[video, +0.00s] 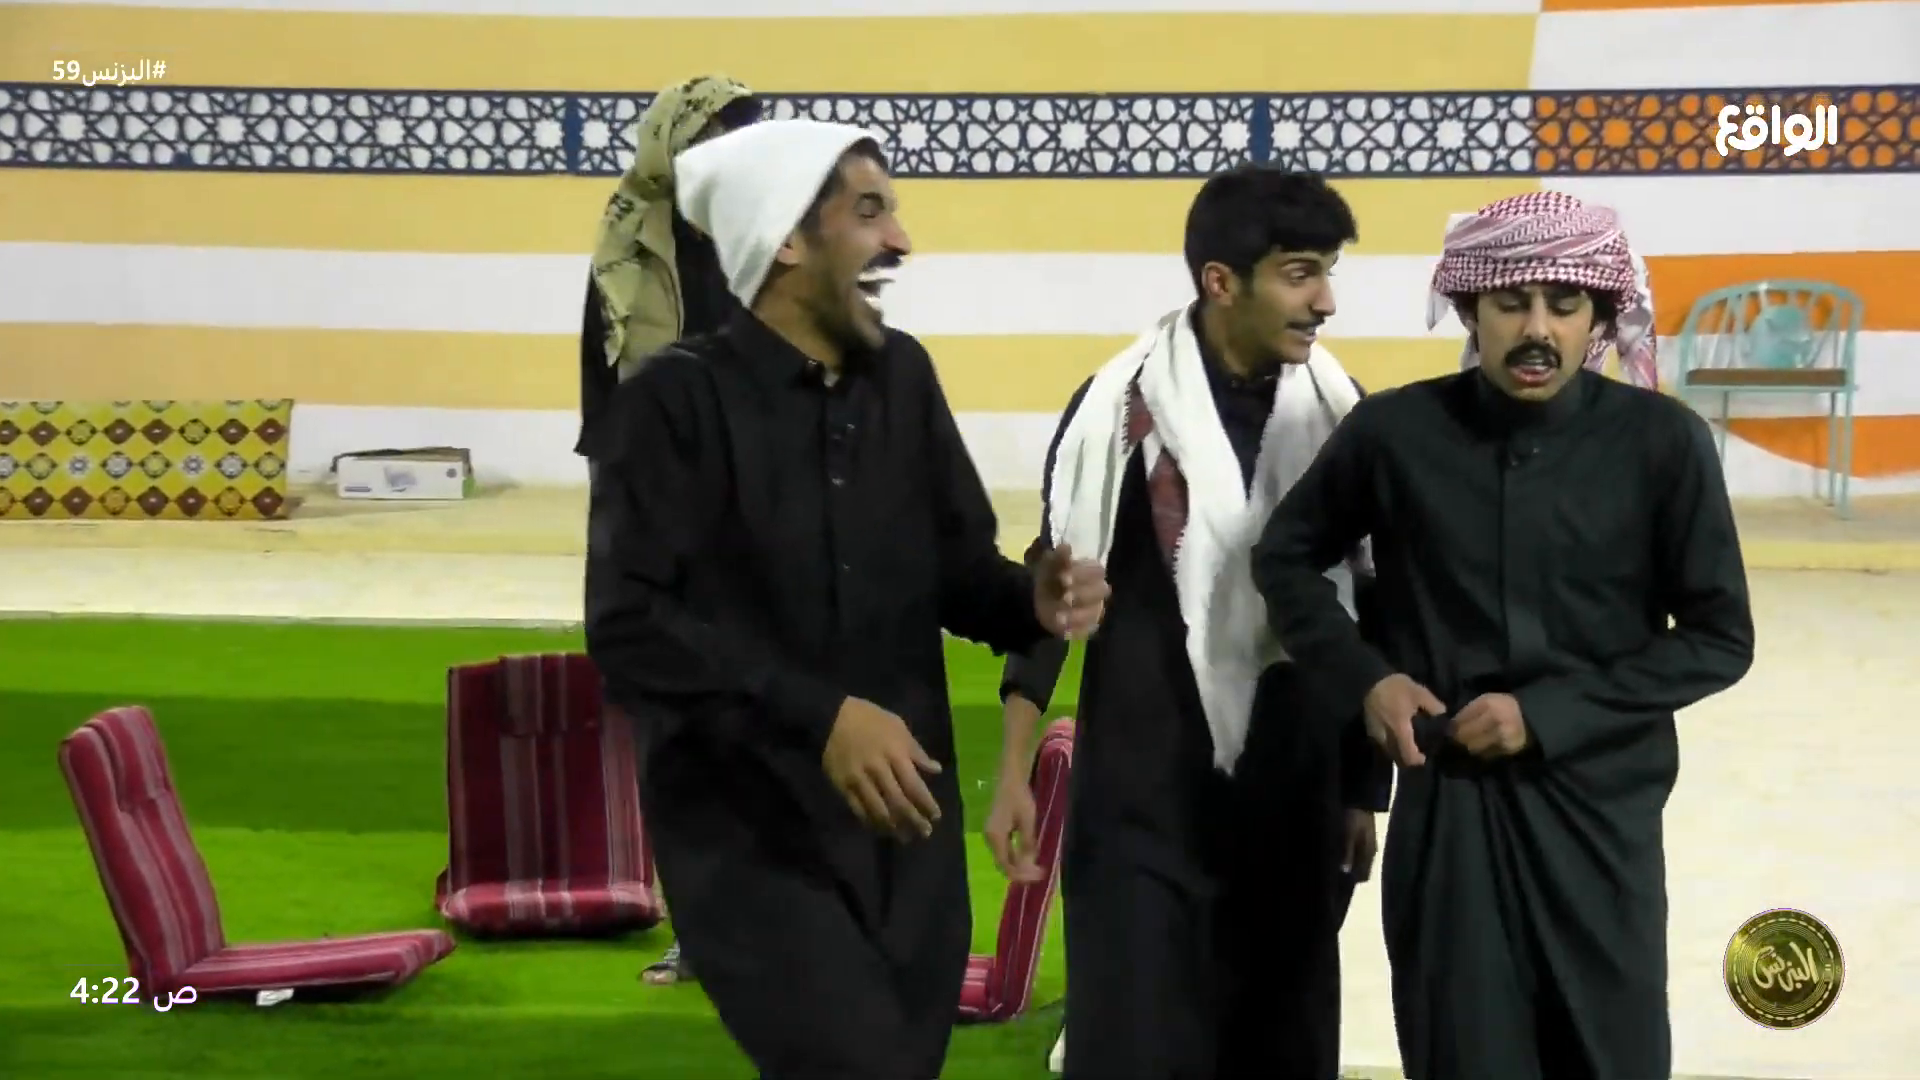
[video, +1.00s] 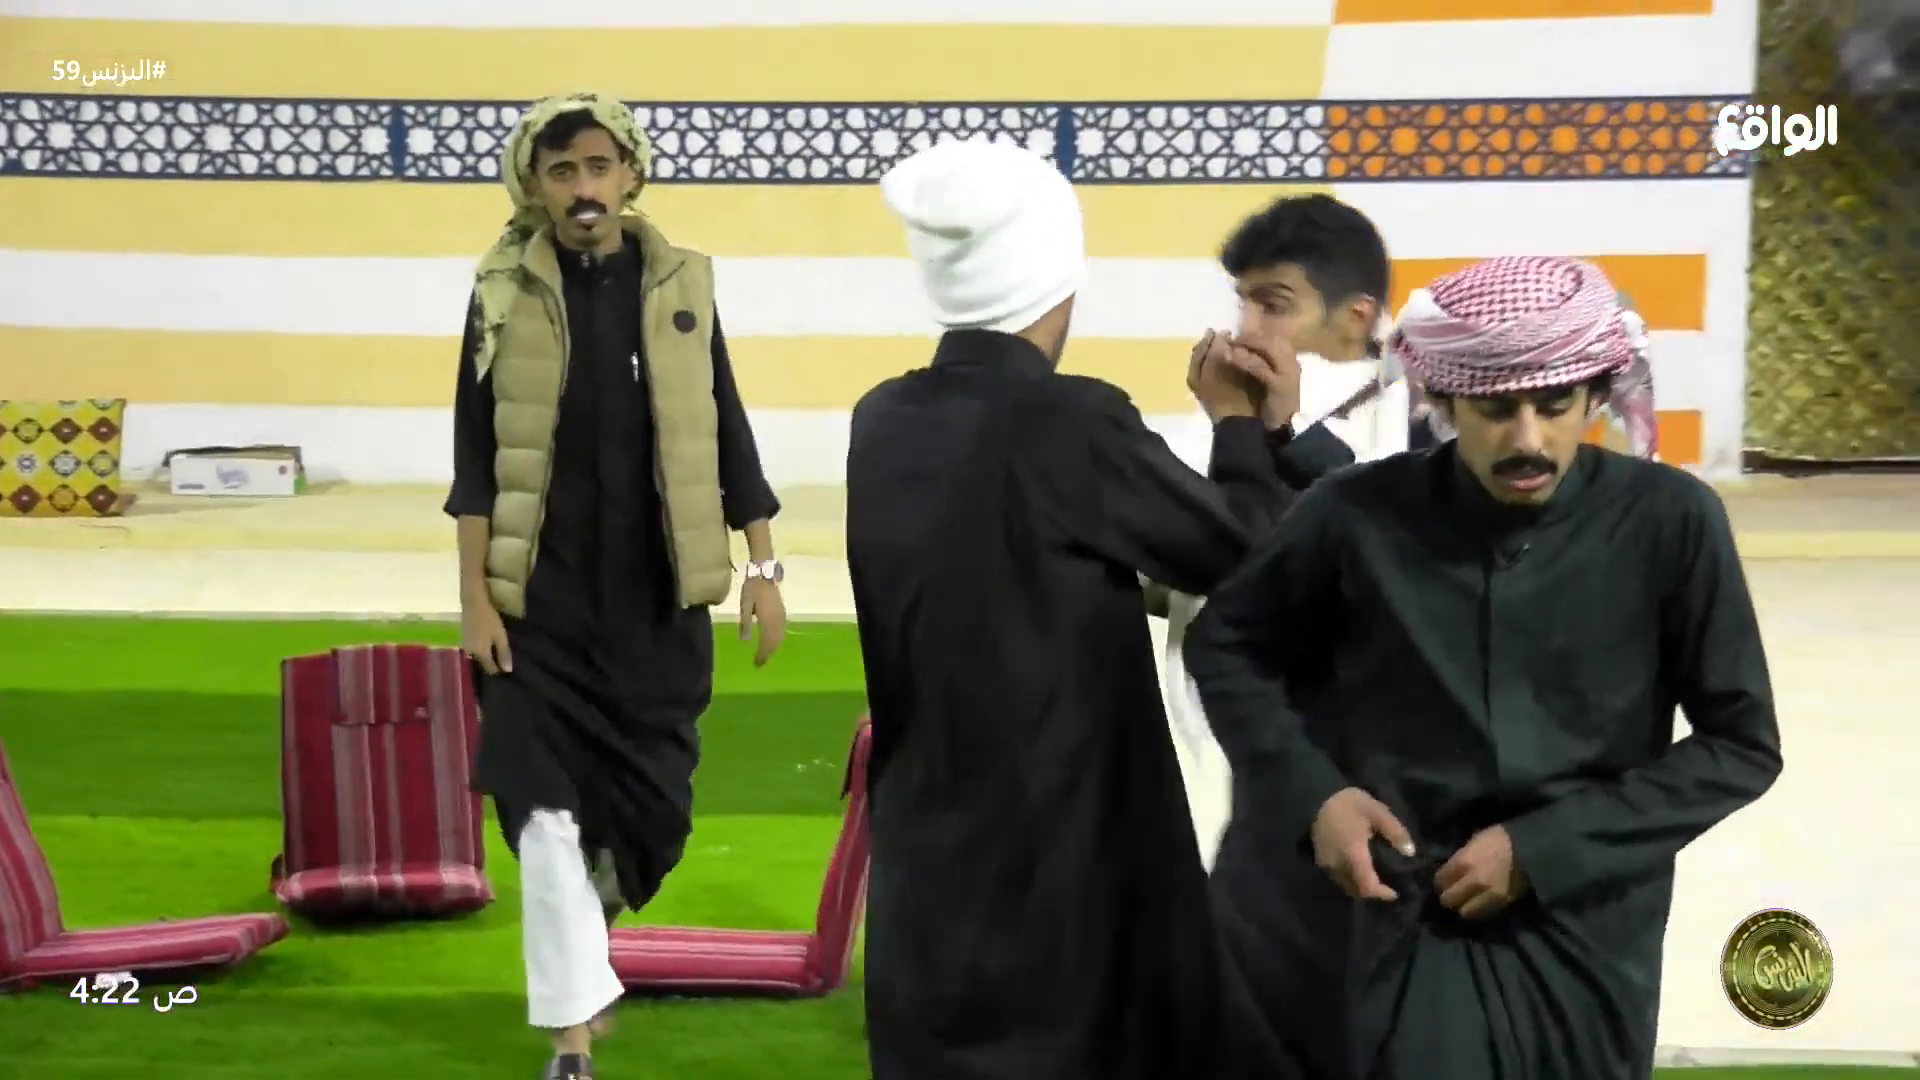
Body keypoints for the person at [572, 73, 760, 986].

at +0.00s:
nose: (739, 165)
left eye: (747, 147)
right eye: (722, 145)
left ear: (754, 159)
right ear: (679, 147)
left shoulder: (776, 239)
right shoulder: (628, 248)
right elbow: (603, 415)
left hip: (774, 542)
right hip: (664, 543)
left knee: (765, 737)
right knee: (682, 735)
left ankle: (768, 920)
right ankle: (699, 928)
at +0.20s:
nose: (723, 188)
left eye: (738, 170)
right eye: (703, 169)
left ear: (756, 176)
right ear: (657, 171)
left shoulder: (779, 261)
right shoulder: (604, 262)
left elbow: (814, 398)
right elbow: (576, 416)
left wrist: (809, 534)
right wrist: (579, 558)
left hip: (750, 553)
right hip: (640, 560)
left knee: (733, 757)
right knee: (652, 757)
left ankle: (726, 974)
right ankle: (675, 930)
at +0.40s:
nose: (719, 167)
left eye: (737, 151)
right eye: (700, 146)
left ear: (758, 163)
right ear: (660, 152)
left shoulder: (778, 268)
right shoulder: (601, 252)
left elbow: (801, 409)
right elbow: (561, 409)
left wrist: (806, 551)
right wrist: (546, 546)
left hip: (736, 565)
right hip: (621, 560)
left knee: (722, 780)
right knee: (619, 768)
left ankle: (688, 1007)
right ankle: (624, 900)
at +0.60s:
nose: (685, 155)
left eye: (703, 137)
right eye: (665, 136)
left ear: (728, 150)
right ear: (628, 146)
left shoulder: (759, 258)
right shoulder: (580, 246)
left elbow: (804, 401)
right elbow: (535, 395)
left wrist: (802, 529)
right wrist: (532, 532)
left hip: (708, 560)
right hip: (594, 553)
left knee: (680, 776)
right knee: (582, 761)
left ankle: (653, 1006)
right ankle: (587, 966)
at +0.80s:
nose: (631, 179)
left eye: (649, 160)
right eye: (610, 162)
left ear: (680, 172)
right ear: (579, 179)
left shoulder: (723, 280)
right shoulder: (540, 285)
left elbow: (786, 398)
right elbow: (515, 434)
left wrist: (788, 509)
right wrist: (519, 572)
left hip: (685, 586)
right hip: (570, 580)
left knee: (655, 806)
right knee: (583, 796)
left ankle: (608, 962)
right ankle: (600, 1025)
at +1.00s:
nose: (584, 186)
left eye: (601, 165)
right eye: (562, 170)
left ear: (633, 176)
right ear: (533, 187)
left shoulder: (681, 283)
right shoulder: (502, 293)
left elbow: (727, 426)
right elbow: (475, 450)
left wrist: (761, 562)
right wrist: (474, 593)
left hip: (656, 597)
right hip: (533, 595)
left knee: (652, 825)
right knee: (544, 815)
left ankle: (582, 920)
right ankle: (571, 1033)